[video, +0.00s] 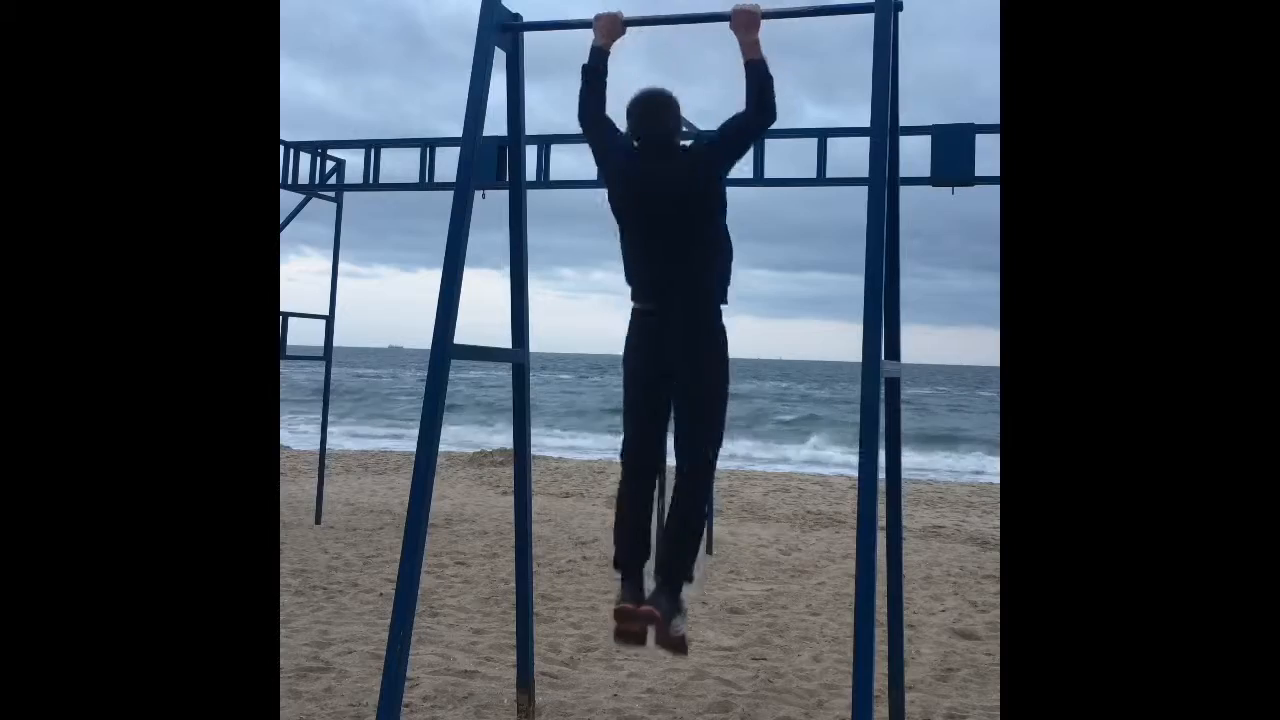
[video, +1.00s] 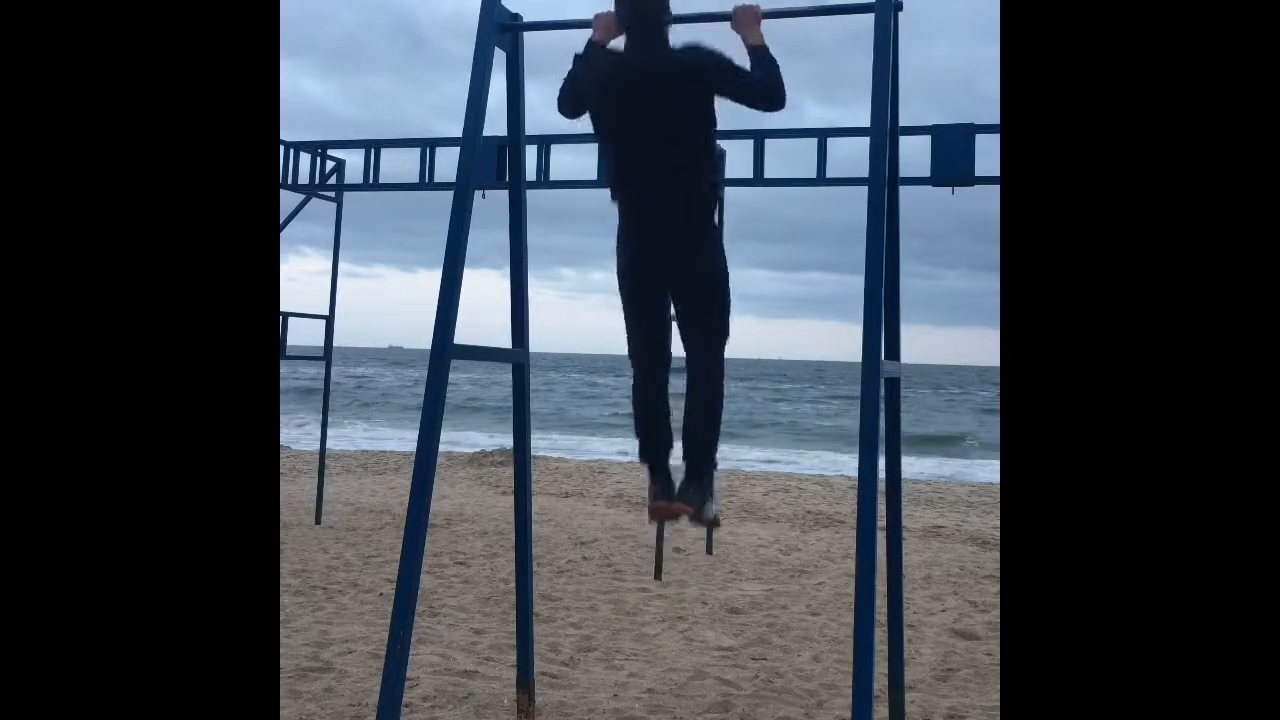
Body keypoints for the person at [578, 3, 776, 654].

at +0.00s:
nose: (683, 122)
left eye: (674, 117)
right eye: (680, 116)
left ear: (631, 130)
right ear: (678, 124)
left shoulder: (620, 167)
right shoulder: (707, 161)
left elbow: (592, 114)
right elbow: (760, 111)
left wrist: (600, 46)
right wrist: (751, 43)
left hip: (646, 330)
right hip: (701, 332)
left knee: (639, 460)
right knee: (695, 469)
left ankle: (631, 592)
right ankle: (666, 600)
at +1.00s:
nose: (633, 22)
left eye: (625, 16)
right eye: (656, 15)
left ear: (621, 21)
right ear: (668, 19)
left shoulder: (601, 70)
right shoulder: (696, 65)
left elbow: (567, 105)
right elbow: (772, 96)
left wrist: (596, 41)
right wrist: (754, 38)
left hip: (637, 238)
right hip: (695, 235)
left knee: (648, 364)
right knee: (705, 360)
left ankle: (660, 489)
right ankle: (697, 489)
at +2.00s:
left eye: (618, 4)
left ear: (618, 3)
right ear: (664, 1)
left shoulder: (599, 41)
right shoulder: (693, 34)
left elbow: (564, 99)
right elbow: (762, 88)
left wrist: (594, 33)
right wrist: (750, 36)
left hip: (634, 206)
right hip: (693, 203)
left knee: (651, 324)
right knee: (710, 321)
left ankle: (668, 445)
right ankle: (706, 448)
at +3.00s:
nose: (652, 79)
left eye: (626, 71)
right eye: (654, 71)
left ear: (612, 83)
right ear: (659, 78)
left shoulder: (602, 130)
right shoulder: (691, 117)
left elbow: (591, 95)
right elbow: (751, 108)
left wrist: (599, 45)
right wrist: (748, 44)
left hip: (637, 292)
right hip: (695, 290)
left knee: (643, 414)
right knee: (702, 418)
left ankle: (647, 539)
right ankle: (684, 541)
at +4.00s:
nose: (686, 126)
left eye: (675, 123)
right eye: (681, 123)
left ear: (633, 139)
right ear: (680, 133)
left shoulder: (623, 169)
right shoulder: (708, 164)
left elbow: (592, 112)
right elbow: (759, 113)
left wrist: (601, 46)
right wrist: (750, 45)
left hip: (646, 340)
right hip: (701, 342)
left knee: (638, 474)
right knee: (695, 479)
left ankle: (633, 609)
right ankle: (670, 610)